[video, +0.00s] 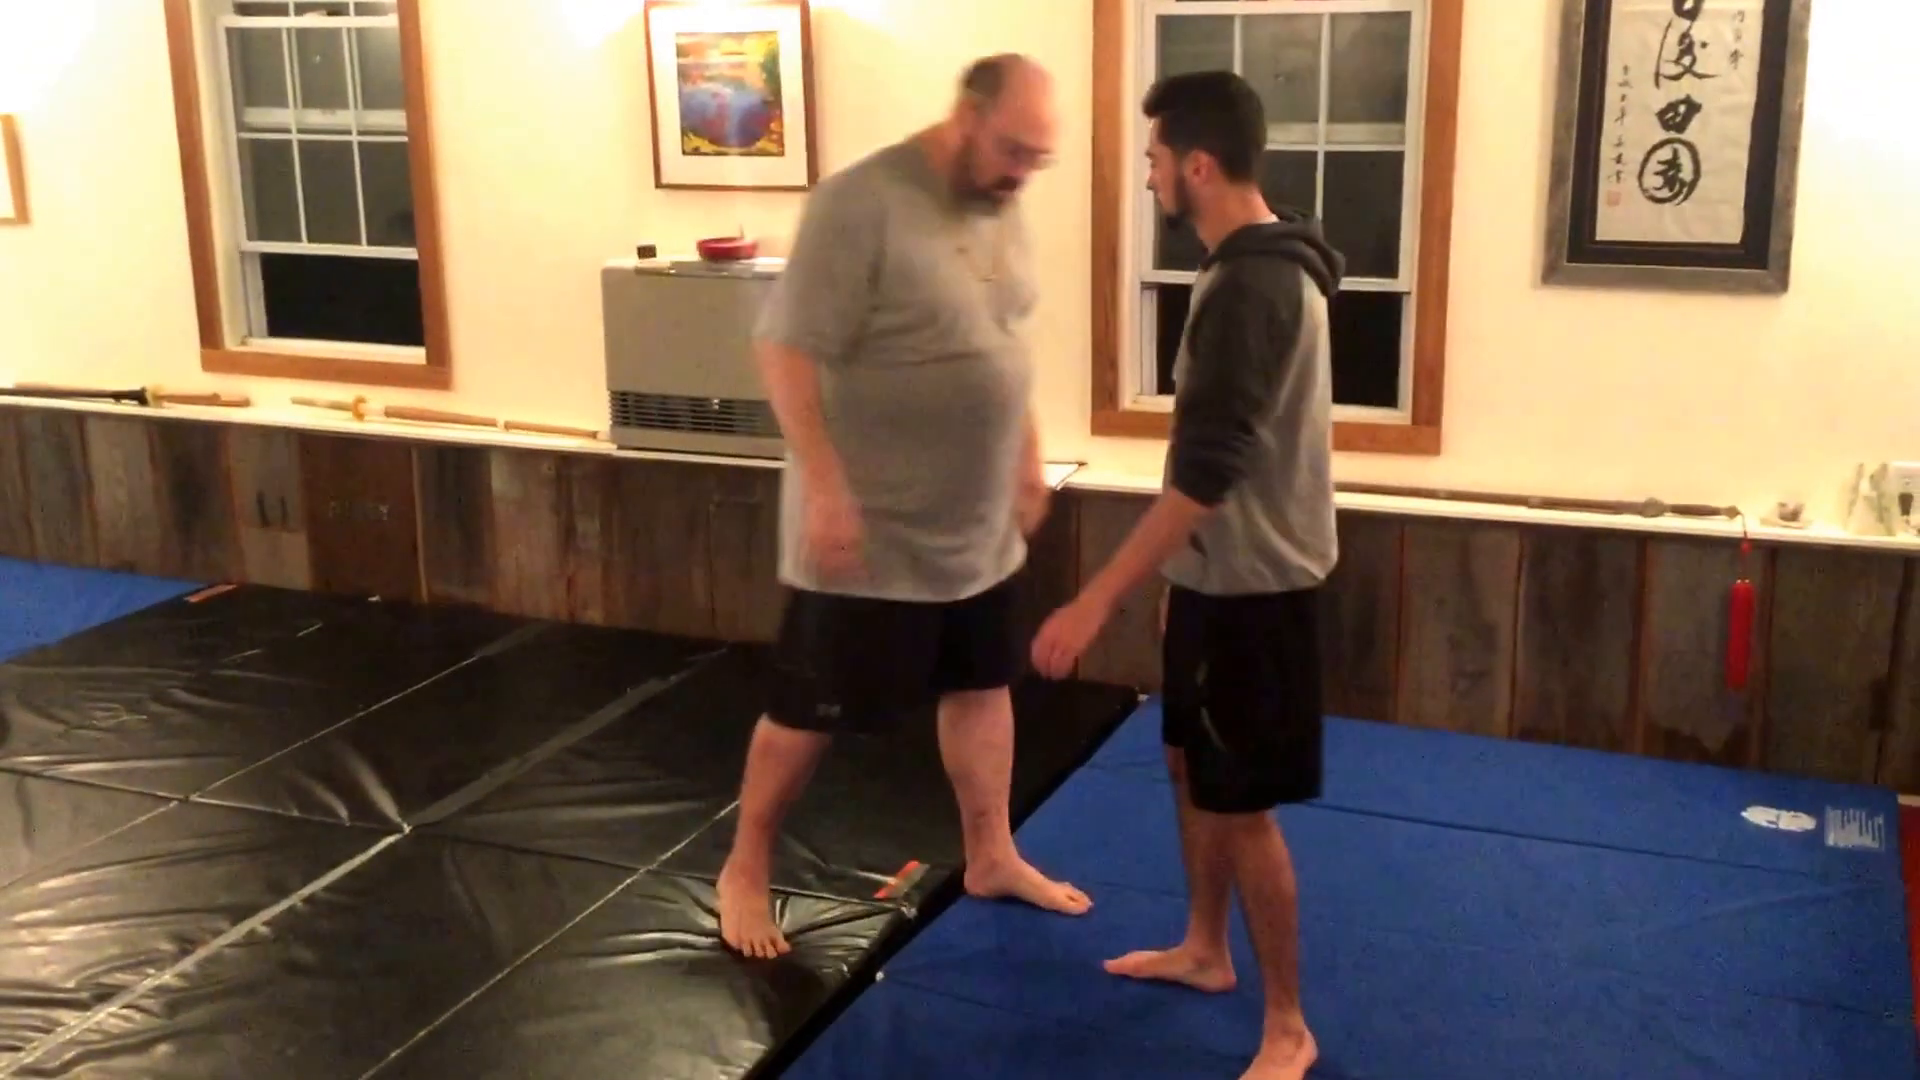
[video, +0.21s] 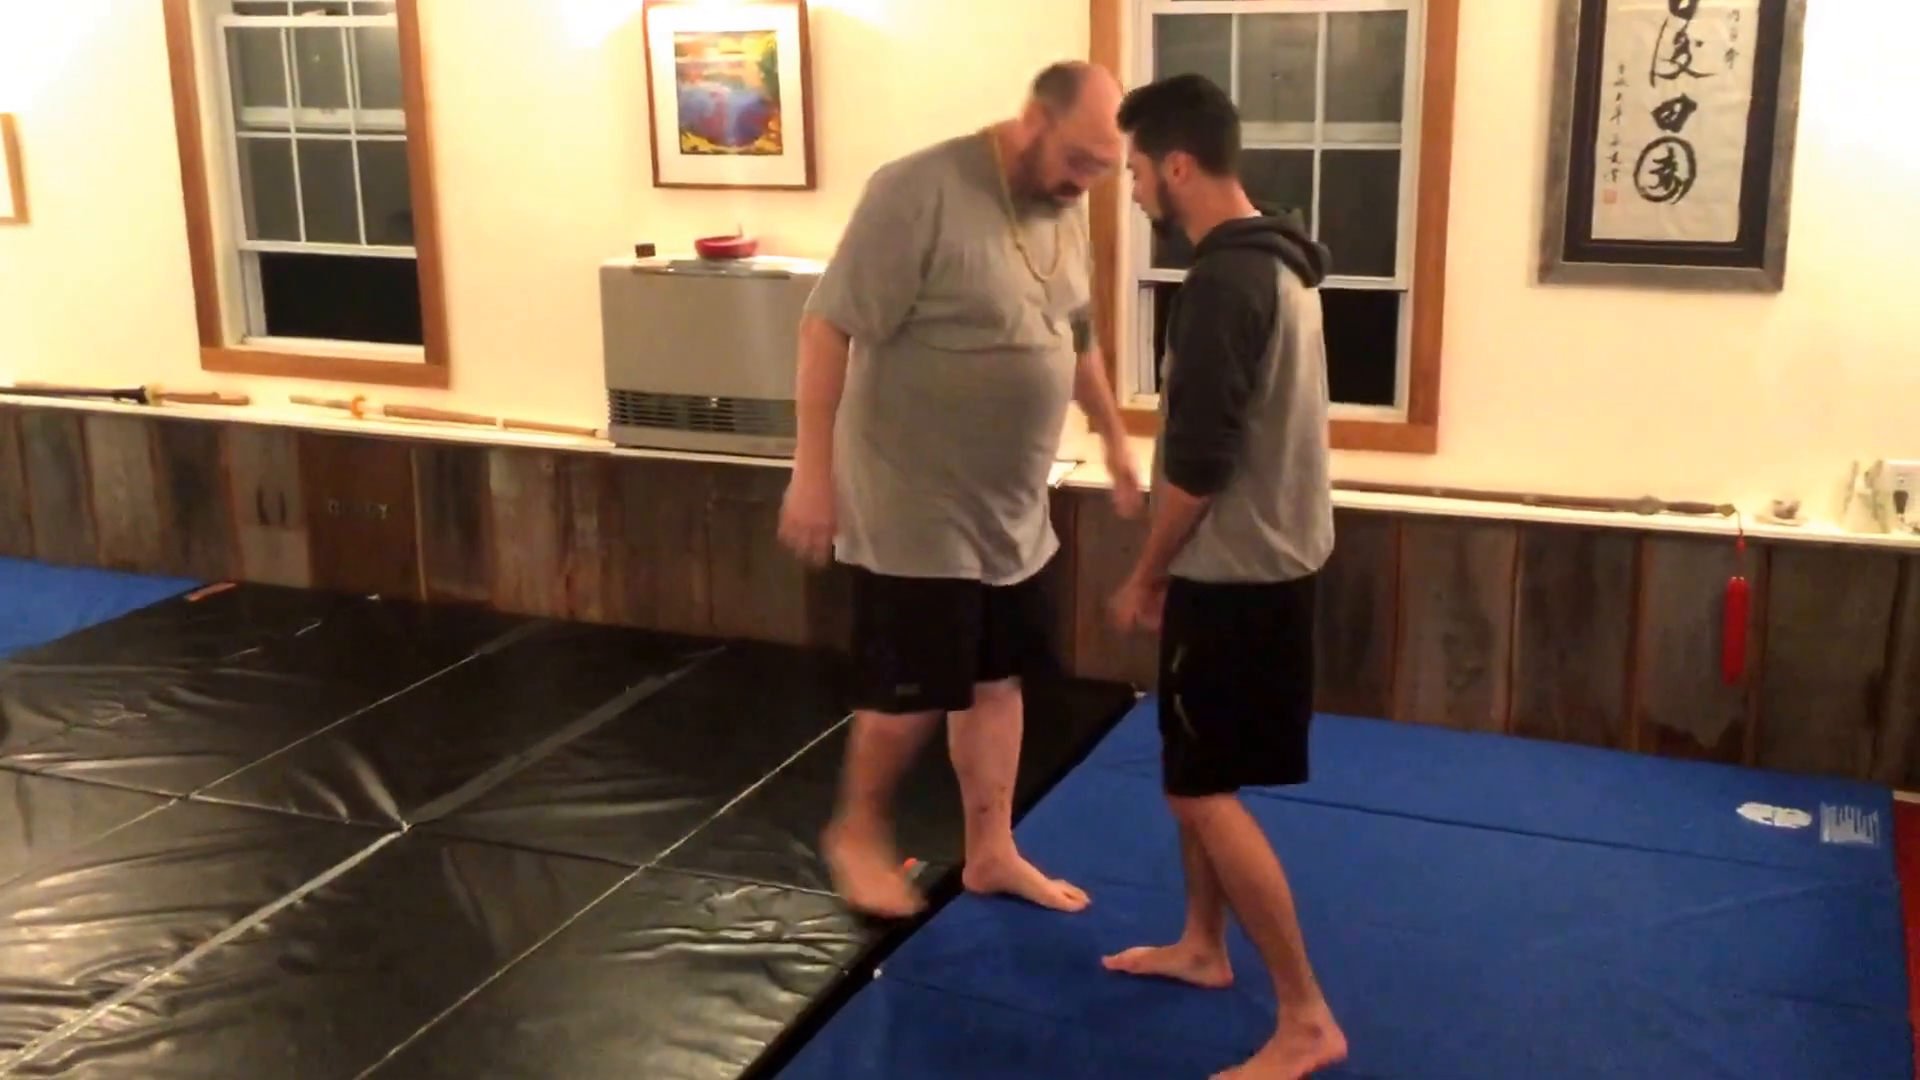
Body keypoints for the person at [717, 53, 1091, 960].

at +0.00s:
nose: (1026, 172)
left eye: (1038, 156)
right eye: (1016, 150)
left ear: (1041, 141)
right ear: (963, 118)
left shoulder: (1001, 205)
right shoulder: (857, 202)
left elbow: (1002, 346)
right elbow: (785, 348)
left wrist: (1027, 458)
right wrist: (825, 486)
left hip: (975, 523)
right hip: (863, 527)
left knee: (982, 686)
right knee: (805, 708)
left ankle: (992, 858)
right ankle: (746, 873)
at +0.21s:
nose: (1086, 185)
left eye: (1099, 169)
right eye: (1078, 162)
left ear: (1102, 150)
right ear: (1030, 121)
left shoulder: (1064, 211)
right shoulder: (915, 191)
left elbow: (1078, 342)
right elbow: (826, 324)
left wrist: (1118, 448)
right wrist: (811, 473)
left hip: (1009, 497)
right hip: (906, 496)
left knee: (995, 677)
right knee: (910, 683)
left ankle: (990, 851)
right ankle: (856, 836)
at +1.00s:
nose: (1064, 195)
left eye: (1079, 180)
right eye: (1055, 173)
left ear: (1082, 167)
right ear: (1004, 134)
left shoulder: (1034, 211)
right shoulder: (904, 199)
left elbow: (1028, 348)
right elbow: (830, 349)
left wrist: (1075, 438)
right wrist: (877, 492)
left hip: (973, 514)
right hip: (857, 513)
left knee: (993, 673)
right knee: (799, 695)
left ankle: (983, 842)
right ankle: (716, 887)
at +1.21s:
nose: (965, 190)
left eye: (978, 172)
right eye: (954, 168)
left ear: (984, 158)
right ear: (897, 138)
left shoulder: (946, 219)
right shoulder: (808, 224)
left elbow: (963, 351)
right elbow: (750, 380)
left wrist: (1006, 456)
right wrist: (802, 521)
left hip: (930, 533)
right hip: (818, 543)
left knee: (969, 685)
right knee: (766, 729)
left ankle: (981, 840)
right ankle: (703, 910)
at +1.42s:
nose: (890, 169)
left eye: (904, 149)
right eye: (873, 147)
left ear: (914, 136)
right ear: (819, 124)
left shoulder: (908, 210)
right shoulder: (744, 221)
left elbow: (912, 361)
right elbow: (680, 383)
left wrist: (927, 476)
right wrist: (690, 533)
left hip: (896, 521)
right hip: (784, 539)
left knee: (932, 692)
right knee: (747, 735)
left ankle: (979, 840)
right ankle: (699, 914)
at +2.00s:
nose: (840, 119)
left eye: (856, 100)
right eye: (819, 101)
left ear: (878, 102)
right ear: (780, 103)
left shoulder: (902, 205)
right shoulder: (719, 218)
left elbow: (944, 346)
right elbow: (670, 375)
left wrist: (992, 458)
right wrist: (725, 489)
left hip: (903, 519)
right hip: (784, 537)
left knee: (935, 686)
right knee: (750, 733)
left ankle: (978, 836)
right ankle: (696, 907)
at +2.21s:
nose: (825, 107)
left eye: (841, 87)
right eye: (805, 91)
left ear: (871, 91)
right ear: (776, 101)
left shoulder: (911, 205)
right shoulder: (727, 207)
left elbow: (945, 348)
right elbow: (670, 356)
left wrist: (974, 462)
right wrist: (728, 352)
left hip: (905, 507)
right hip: (782, 521)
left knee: (940, 683)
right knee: (748, 727)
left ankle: (977, 834)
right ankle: (695, 904)